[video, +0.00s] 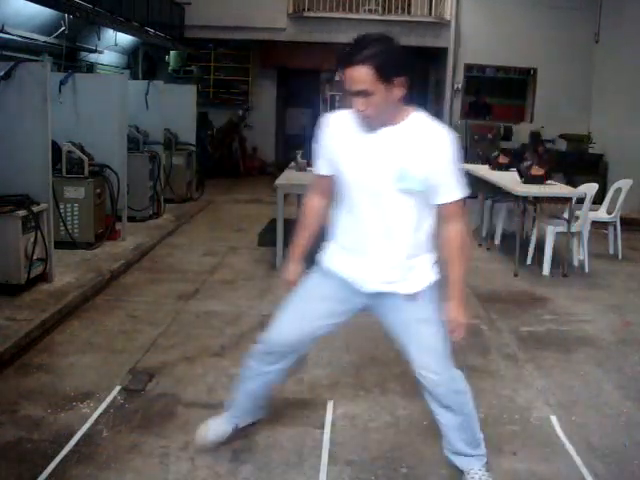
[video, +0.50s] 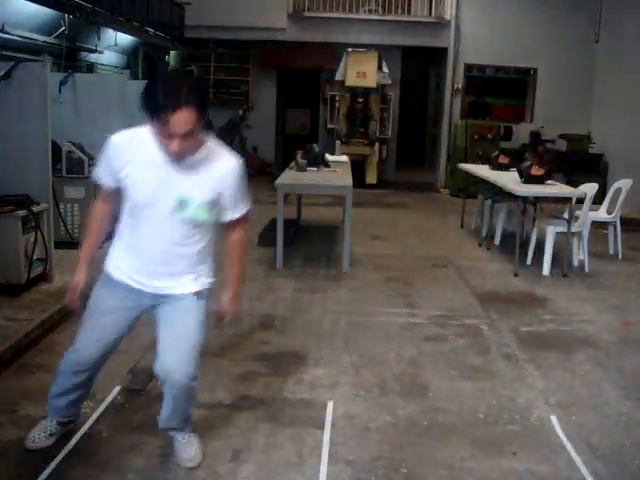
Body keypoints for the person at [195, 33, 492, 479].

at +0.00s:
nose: (356, 105)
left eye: (365, 95)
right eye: (350, 94)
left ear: (398, 88)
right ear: (344, 88)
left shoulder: (435, 140)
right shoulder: (335, 126)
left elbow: (453, 221)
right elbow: (318, 194)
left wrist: (456, 298)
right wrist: (295, 258)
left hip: (407, 284)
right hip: (338, 273)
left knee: (438, 375)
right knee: (276, 342)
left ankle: (473, 465)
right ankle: (238, 414)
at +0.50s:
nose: (177, 146)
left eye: (187, 135)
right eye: (168, 135)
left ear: (202, 123)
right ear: (153, 122)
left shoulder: (226, 166)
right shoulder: (124, 147)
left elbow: (237, 227)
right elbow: (105, 202)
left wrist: (232, 289)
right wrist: (82, 268)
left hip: (185, 289)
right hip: (123, 279)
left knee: (178, 373)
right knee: (82, 357)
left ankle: (179, 428)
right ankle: (58, 417)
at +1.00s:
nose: (295, 129)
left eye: (303, 119)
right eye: (284, 120)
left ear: (313, 109)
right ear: (256, 106)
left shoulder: (326, 152)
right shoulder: (216, 140)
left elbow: (337, 220)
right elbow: (183, 200)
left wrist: (341, 291)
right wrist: (163, 272)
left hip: (297, 281)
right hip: (224, 280)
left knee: (341, 368)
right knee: (189, 374)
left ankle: (376, 446)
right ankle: (150, 460)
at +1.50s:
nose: (490, 135)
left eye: (500, 125)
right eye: (480, 125)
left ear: (515, 113)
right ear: (462, 113)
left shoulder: (538, 152)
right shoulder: (429, 155)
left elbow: (552, 207)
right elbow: (395, 204)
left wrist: (569, 271)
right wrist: (394, 277)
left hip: (531, 292)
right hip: (463, 298)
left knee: (580, 376)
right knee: (464, 396)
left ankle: (630, 460)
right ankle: (482, 465)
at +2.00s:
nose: (383, 88)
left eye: (391, 77)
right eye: (376, 78)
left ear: (426, 67)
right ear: (370, 71)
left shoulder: (470, 114)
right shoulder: (367, 108)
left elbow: (494, 185)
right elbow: (357, 168)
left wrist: (491, 261)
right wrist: (339, 235)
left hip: (439, 257)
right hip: (374, 249)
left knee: (433, 361)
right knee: (343, 334)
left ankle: (445, 449)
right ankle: (343, 413)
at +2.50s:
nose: (201, 107)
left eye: (212, 98)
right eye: (194, 97)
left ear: (234, 91)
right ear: (185, 89)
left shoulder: (262, 132)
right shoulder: (169, 115)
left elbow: (288, 189)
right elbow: (160, 165)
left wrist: (274, 259)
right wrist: (133, 220)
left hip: (219, 267)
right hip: (163, 251)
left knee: (187, 354)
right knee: (117, 324)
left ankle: (174, 413)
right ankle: (81, 398)